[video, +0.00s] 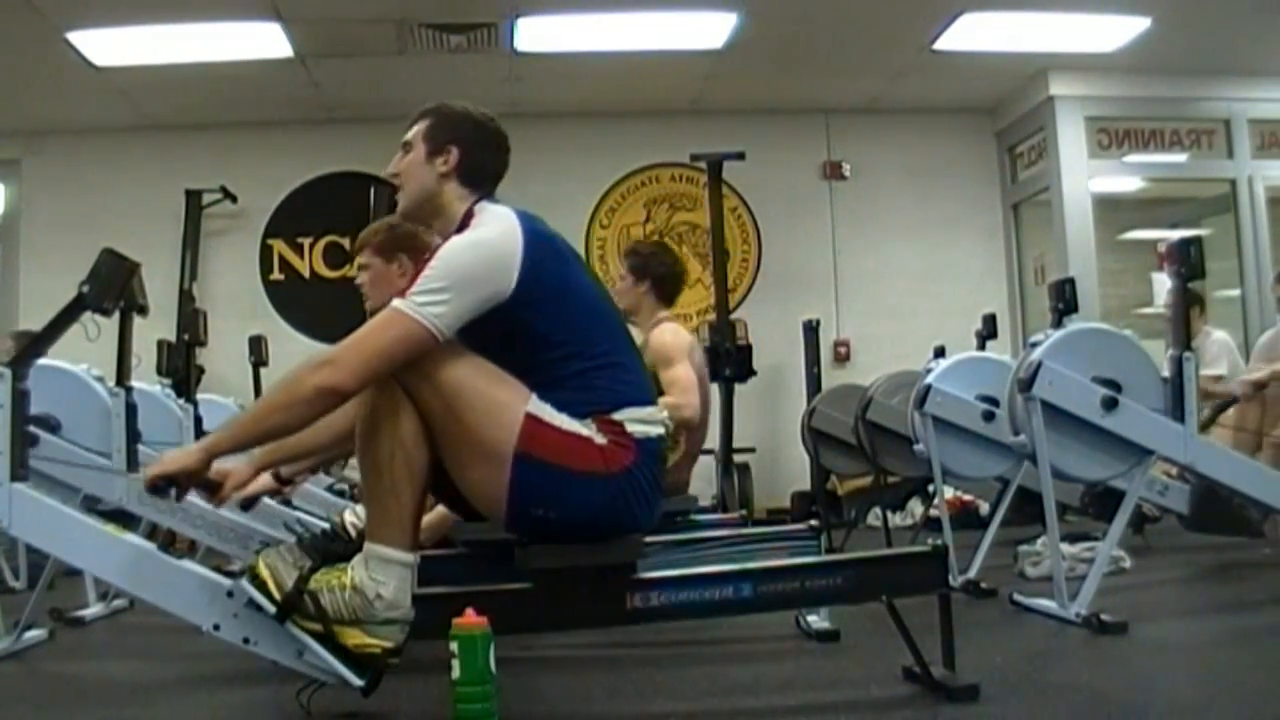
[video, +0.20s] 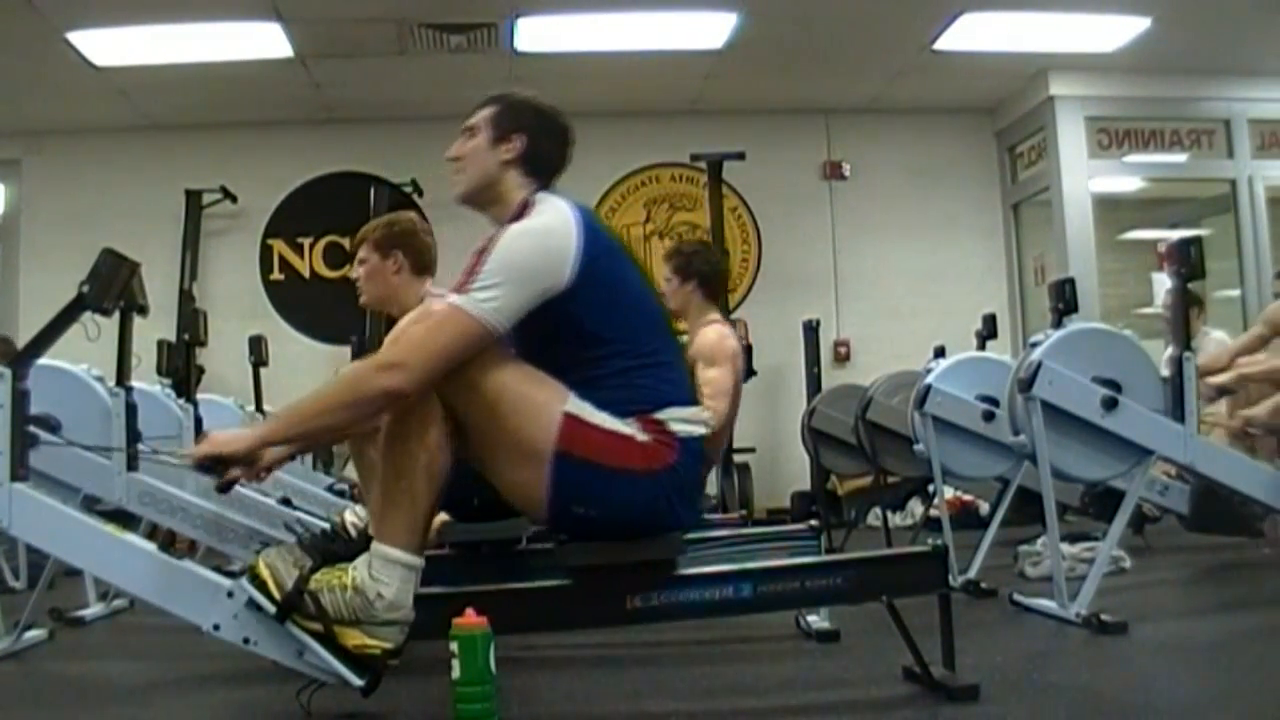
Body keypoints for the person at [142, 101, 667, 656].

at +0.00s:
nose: (392, 172)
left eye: (405, 154)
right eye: (398, 155)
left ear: (447, 162)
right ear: (454, 168)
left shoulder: (489, 241)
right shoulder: (479, 244)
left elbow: (336, 379)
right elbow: (370, 401)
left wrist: (205, 448)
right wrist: (261, 466)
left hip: (604, 471)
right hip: (581, 464)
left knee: (403, 361)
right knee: (398, 364)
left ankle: (381, 591)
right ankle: (378, 572)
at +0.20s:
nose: (452, 151)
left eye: (470, 136)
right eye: (459, 137)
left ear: (513, 148)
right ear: (510, 153)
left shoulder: (547, 229)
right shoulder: (510, 243)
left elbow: (396, 376)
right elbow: (397, 375)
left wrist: (257, 433)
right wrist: (279, 447)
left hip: (645, 469)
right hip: (609, 464)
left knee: (428, 358)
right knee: (416, 359)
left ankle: (386, 589)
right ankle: (378, 568)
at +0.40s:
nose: (543, 138)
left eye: (561, 123)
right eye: (550, 124)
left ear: (606, 140)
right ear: (598, 144)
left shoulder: (639, 225)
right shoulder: (603, 235)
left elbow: (502, 373)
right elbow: (500, 357)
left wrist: (345, 425)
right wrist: (369, 412)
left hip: (716, 458)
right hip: (674, 448)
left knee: (489, 362)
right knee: (474, 336)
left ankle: (391, 594)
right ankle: (389, 571)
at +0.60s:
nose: (636, 134)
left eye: (654, 117)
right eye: (641, 120)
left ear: (700, 131)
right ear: (690, 135)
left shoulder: (738, 219)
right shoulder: (702, 227)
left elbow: (594, 348)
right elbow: (591, 345)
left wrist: (441, 389)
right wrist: (446, 394)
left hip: (797, 448)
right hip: (754, 440)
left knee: (542, 414)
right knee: (527, 418)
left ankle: (388, 609)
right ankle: (386, 598)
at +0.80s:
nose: (724, 134)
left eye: (739, 117)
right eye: (730, 121)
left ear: (788, 126)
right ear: (784, 131)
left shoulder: (827, 211)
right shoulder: (790, 218)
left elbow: (688, 333)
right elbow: (680, 329)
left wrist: (530, 372)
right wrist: (541, 386)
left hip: (860, 446)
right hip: (822, 439)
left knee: (594, 457)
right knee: (583, 460)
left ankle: (396, 610)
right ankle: (390, 592)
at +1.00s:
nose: (799, 133)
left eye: (814, 117)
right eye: (802, 119)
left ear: (864, 125)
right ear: (846, 129)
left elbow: (783, 335)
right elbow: (753, 340)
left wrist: (621, 361)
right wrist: (619, 374)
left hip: (888, 444)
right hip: (837, 437)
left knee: (637, 507)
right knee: (617, 501)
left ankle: (400, 610)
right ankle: (398, 600)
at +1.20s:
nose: (838, 137)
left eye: (850, 119)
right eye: (839, 122)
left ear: (900, 124)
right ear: (887, 127)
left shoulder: (933, 204)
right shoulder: (882, 221)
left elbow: (883, 347)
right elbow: (816, 342)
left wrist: (721, 355)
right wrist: (700, 354)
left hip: (886, 437)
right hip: (847, 432)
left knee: (635, 536)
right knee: (623, 530)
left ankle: (397, 610)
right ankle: (401, 604)